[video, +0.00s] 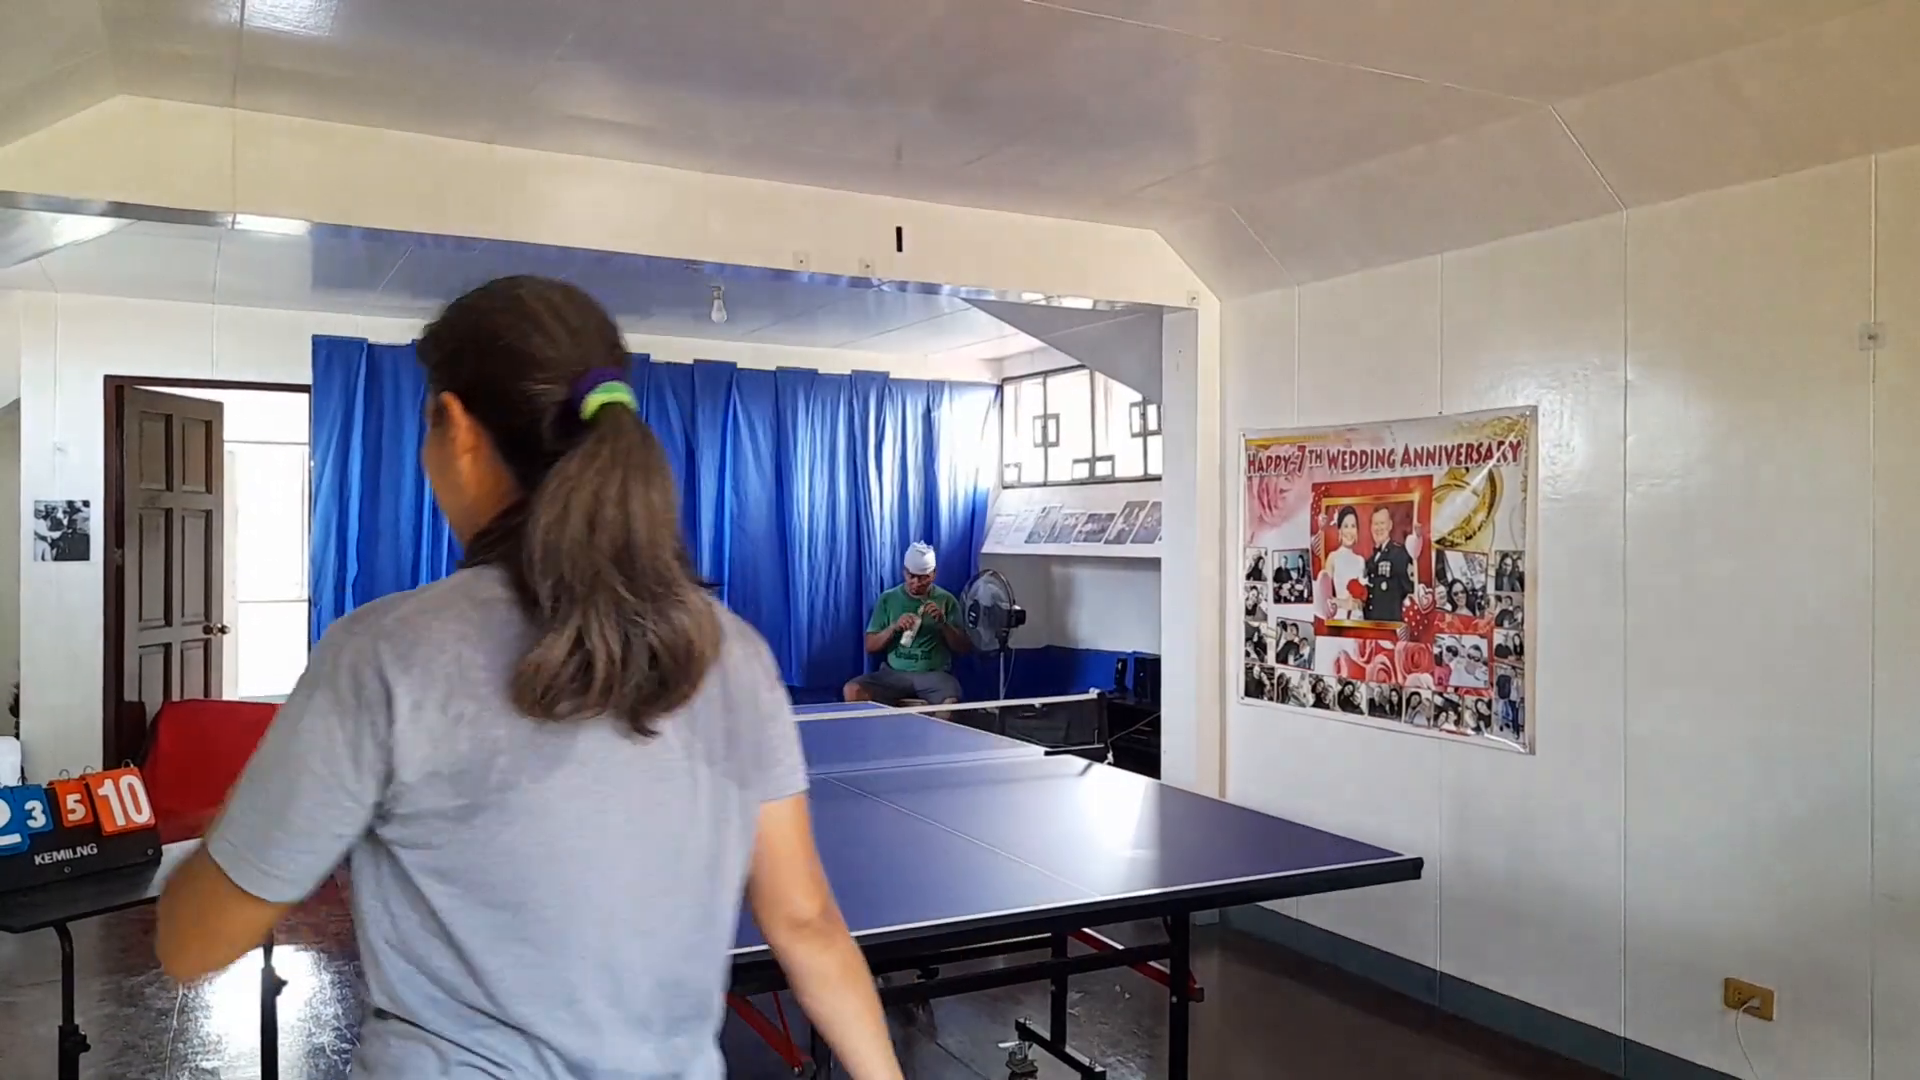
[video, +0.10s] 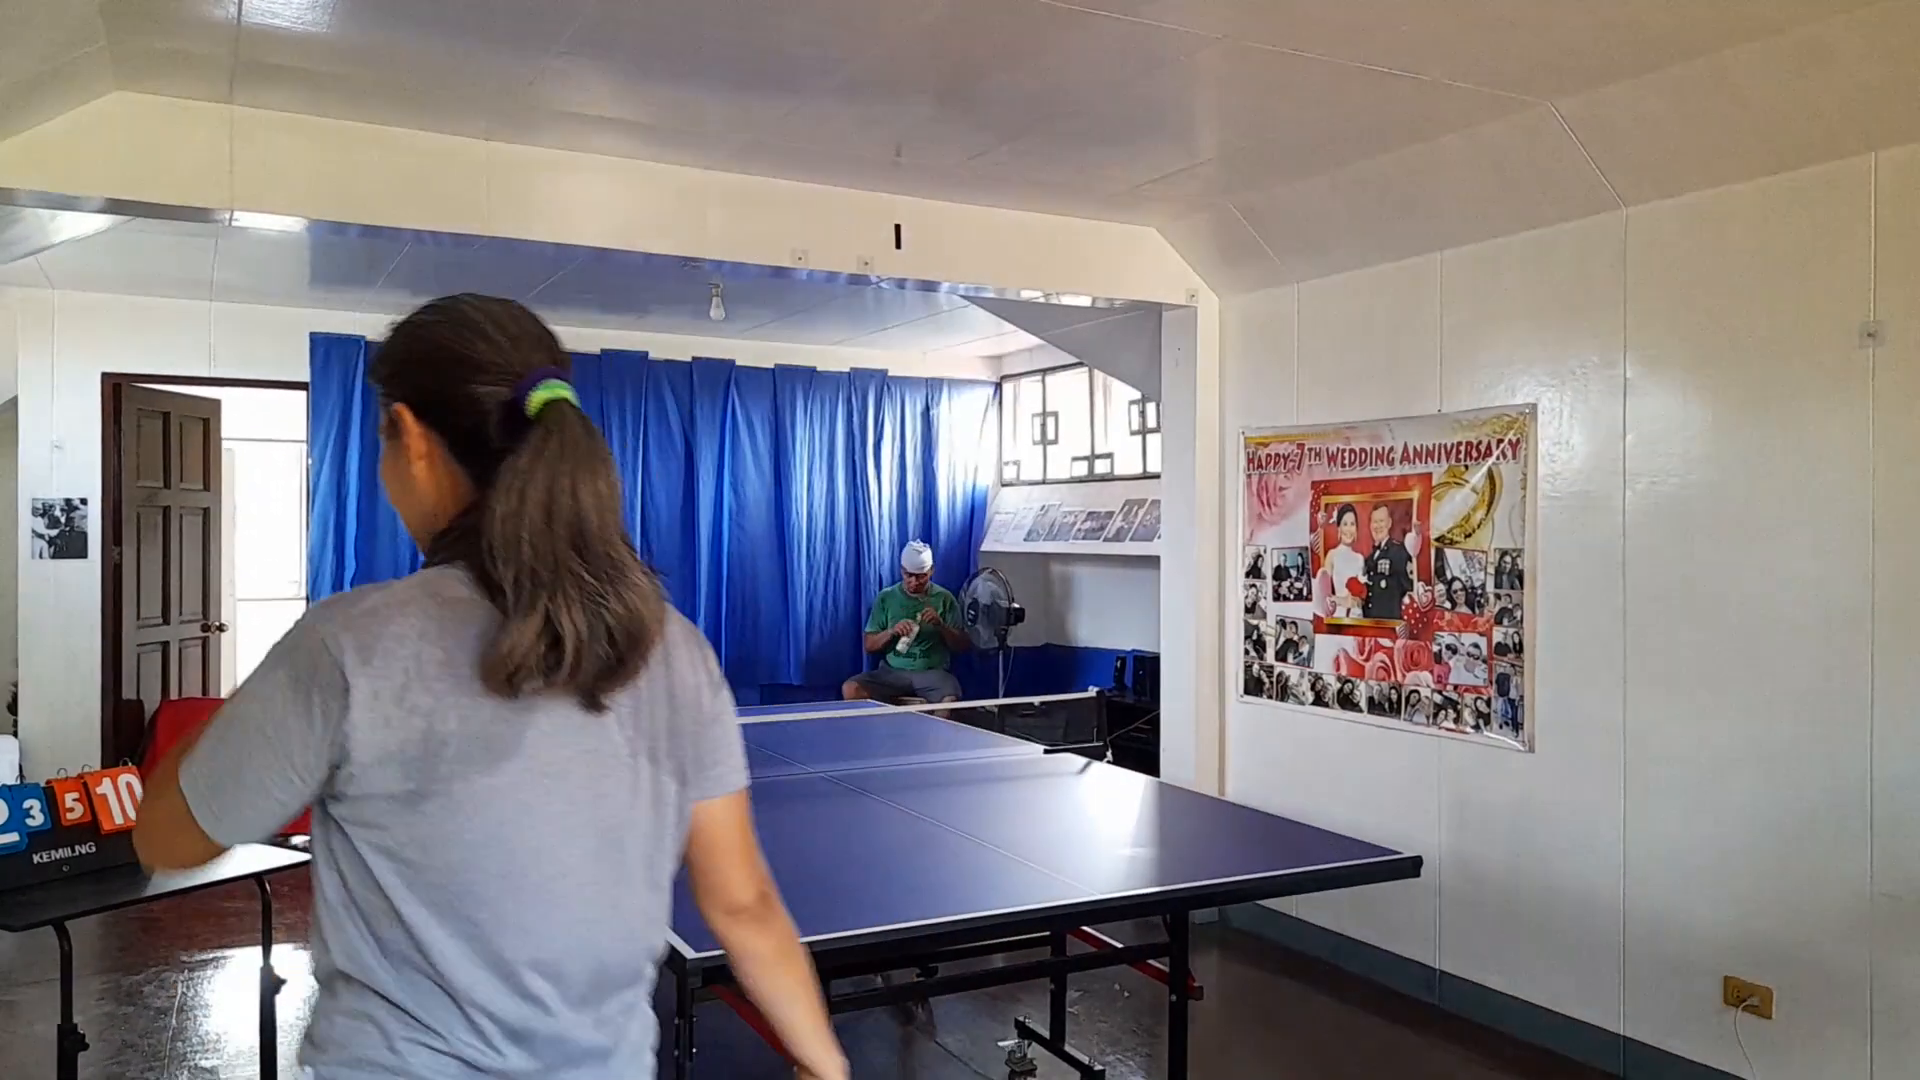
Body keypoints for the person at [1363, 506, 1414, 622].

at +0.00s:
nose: (1379, 528)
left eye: (1382, 523)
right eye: (1375, 524)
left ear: (1390, 525)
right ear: (1370, 527)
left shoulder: (1399, 552)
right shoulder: (1370, 560)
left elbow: (1405, 587)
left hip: (1392, 617)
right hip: (1371, 618)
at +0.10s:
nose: (1378, 526)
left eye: (1382, 521)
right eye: (1374, 522)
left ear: (1390, 523)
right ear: (1370, 524)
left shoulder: (1399, 550)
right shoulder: (1369, 558)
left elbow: (1403, 584)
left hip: (1391, 615)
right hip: (1370, 616)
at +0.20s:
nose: (1379, 527)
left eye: (1383, 522)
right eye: (1375, 523)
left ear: (1390, 524)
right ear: (1370, 526)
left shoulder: (1400, 551)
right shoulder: (1369, 560)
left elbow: (1406, 585)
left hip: (1393, 616)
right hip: (1372, 618)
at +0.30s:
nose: (1378, 528)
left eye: (1383, 523)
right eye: (1375, 523)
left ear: (1391, 525)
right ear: (1371, 527)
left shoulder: (1400, 553)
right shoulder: (1370, 561)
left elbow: (1407, 588)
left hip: (1394, 618)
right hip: (1372, 619)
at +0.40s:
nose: (1378, 526)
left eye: (1382, 522)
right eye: (1374, 522)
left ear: (1390, 523)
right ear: (1370, 525)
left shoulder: (1399, 552)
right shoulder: (1369, 560)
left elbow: (1407, 588)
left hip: (1393, 618)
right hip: (1371, 618)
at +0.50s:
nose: (1378, 528)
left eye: (1383, 523)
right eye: (1375, 524)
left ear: (1390, 525)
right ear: (1371, 527)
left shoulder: (1399, 553)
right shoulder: (1370, 561)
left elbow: (1407, 588)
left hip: (1393, 620)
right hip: (1371, 620)